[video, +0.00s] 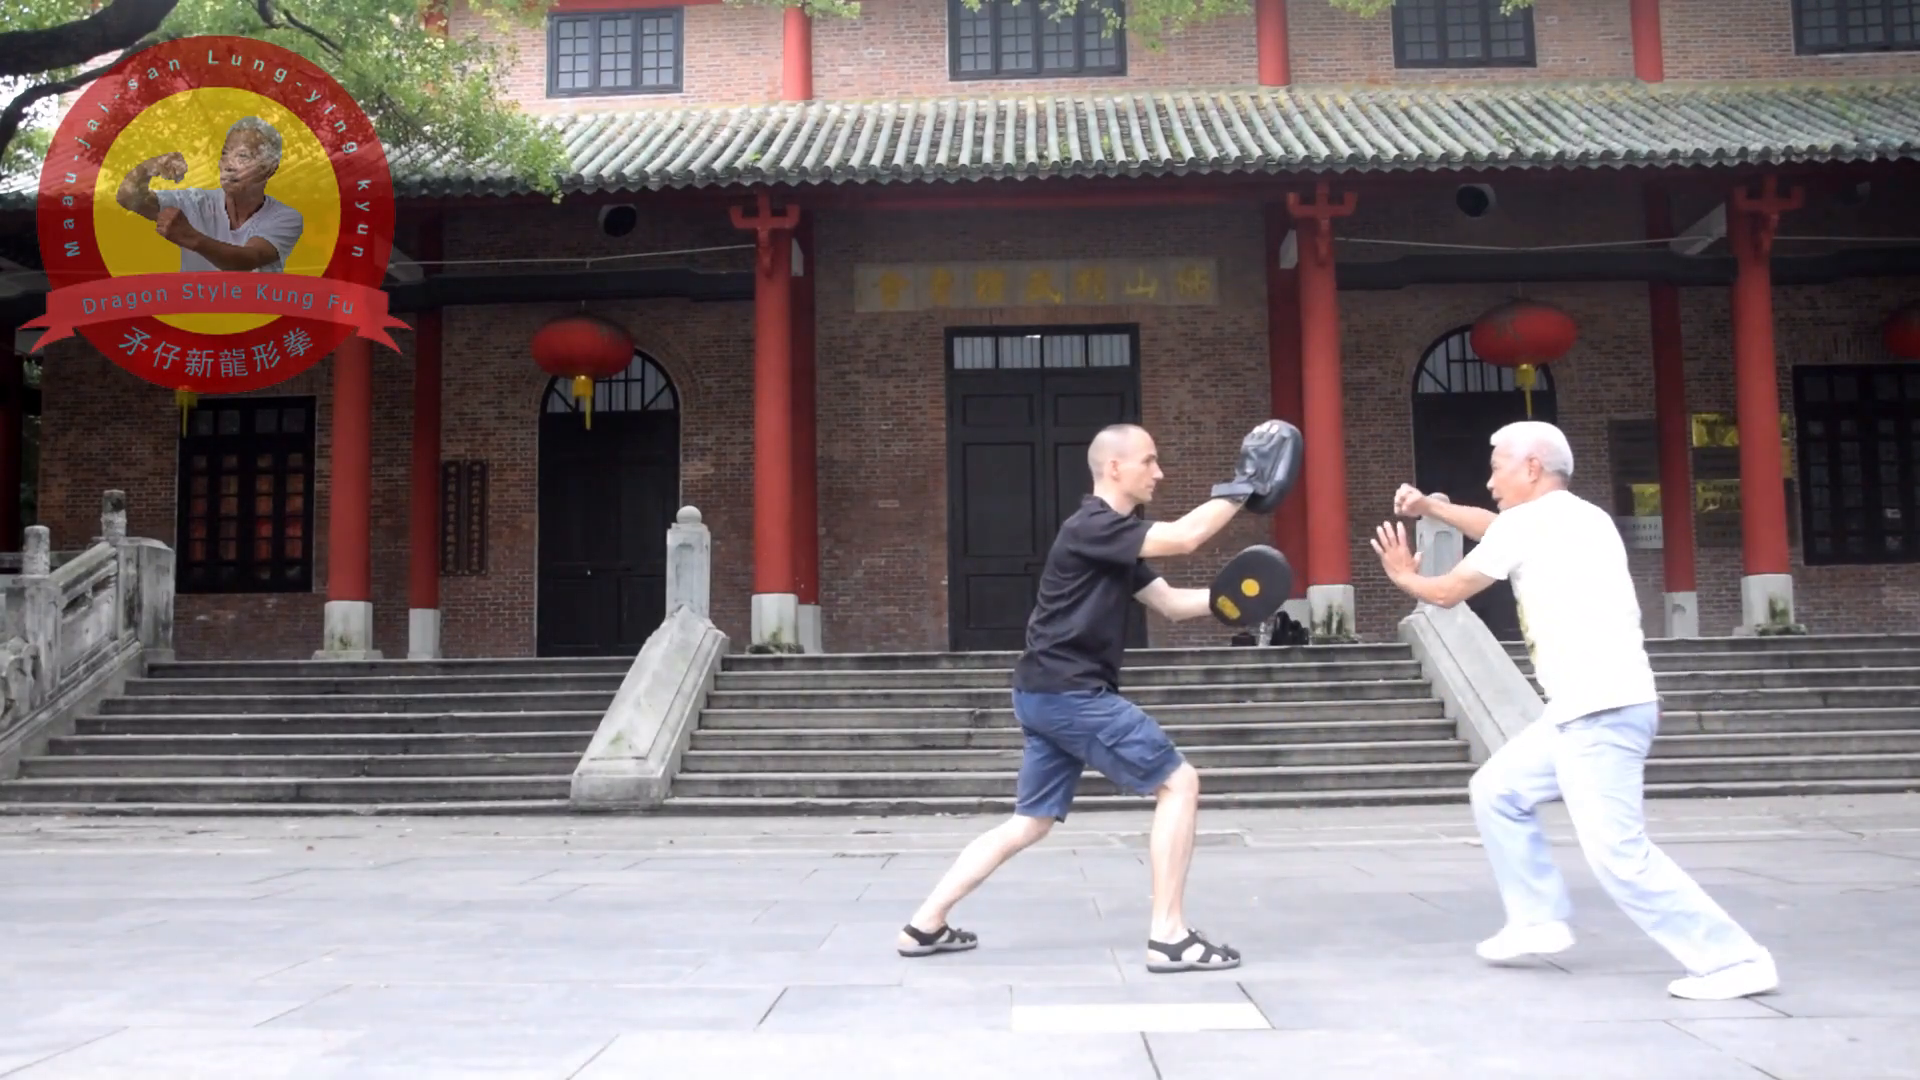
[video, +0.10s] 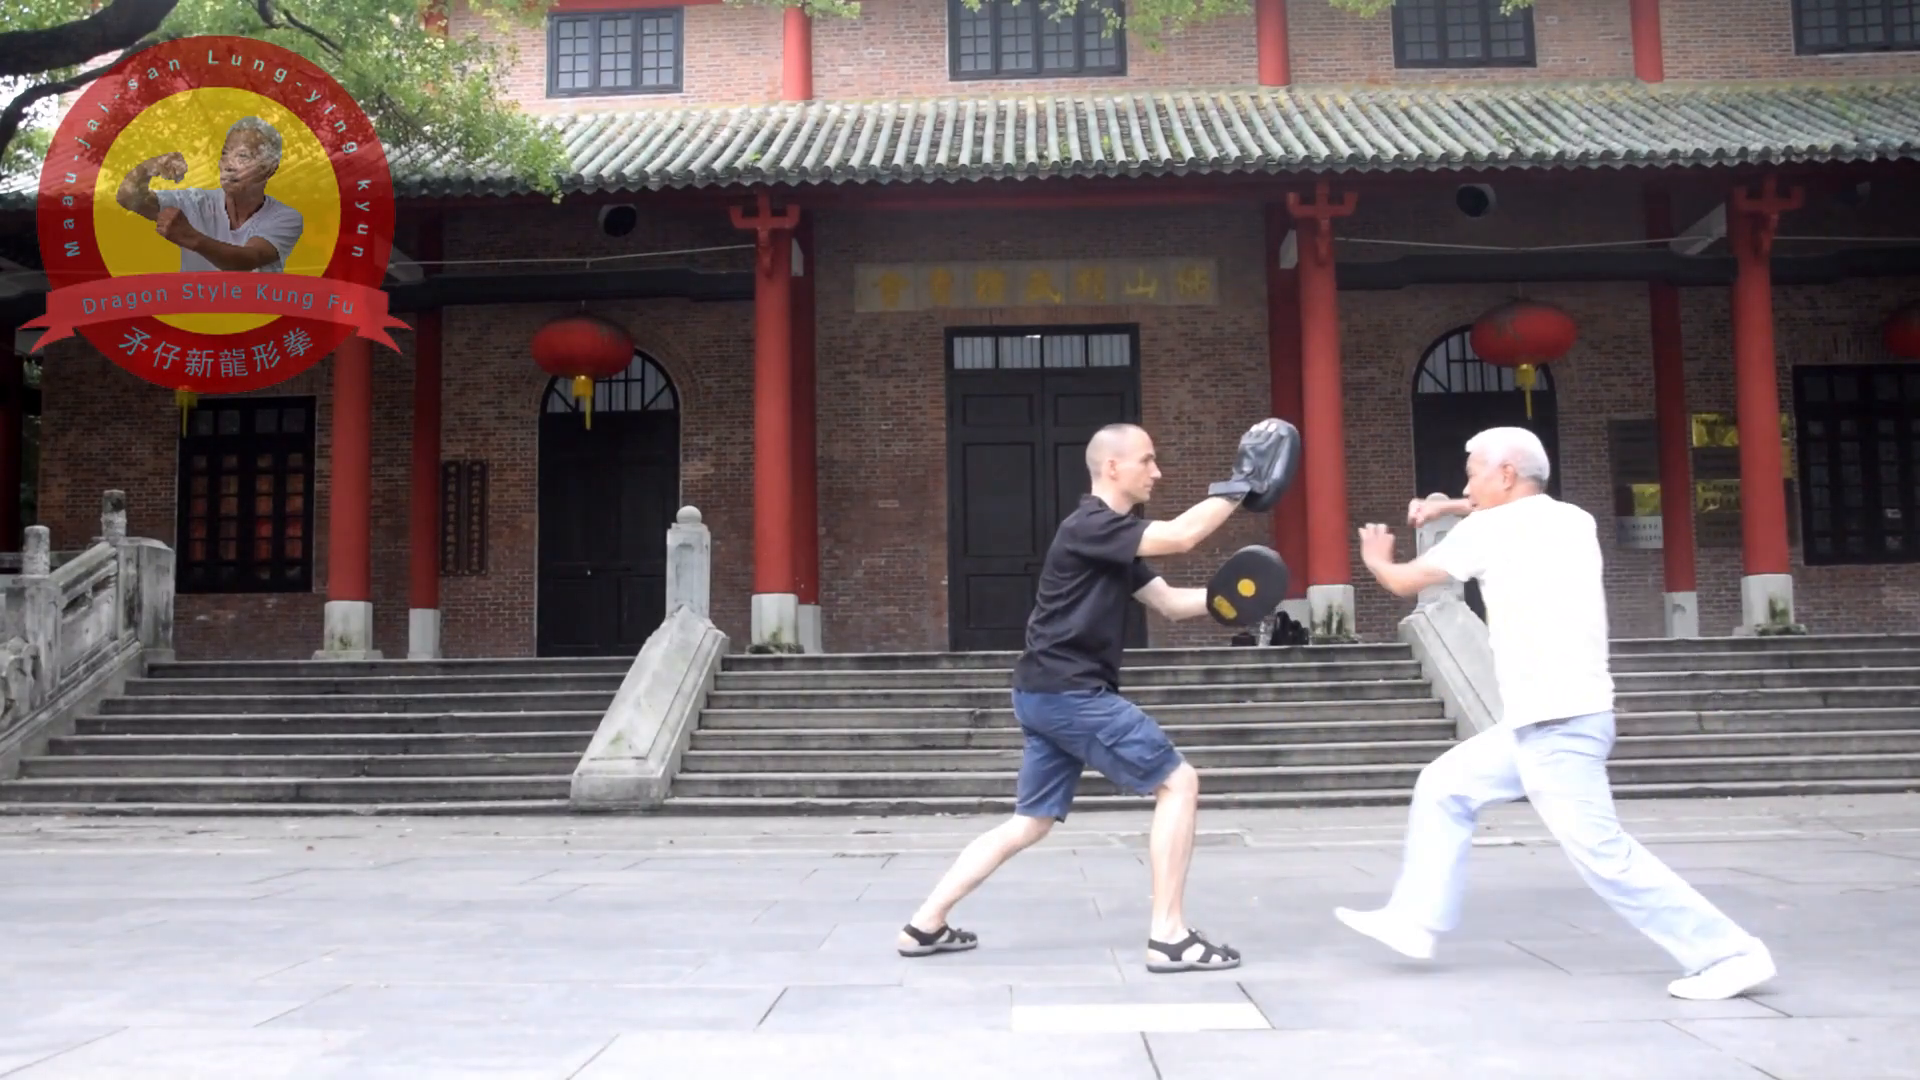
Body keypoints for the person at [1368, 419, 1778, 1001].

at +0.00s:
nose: (1491, 480)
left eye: (1497, 467)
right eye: (1492, 467)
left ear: (1532, 468)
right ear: (1545, 471)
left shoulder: (1523, 524)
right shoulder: (1591, 518)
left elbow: (1451, 591)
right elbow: (1496, 526)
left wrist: (1404, 576)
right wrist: (1429, 505)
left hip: (1595, 709)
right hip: (1609, 703)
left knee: (1620, 853)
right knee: (1495, 791)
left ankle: (1735, 960)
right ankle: (1538, 924)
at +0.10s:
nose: (1467, 481)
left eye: (1472, 469)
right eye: (1468, 470)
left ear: (1506, 474)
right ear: (1526, 476)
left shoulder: (1492, 527)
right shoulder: (1578, 521)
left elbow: (1405, 582)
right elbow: (1515, 510)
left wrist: (1377, 560)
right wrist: (1452, 506)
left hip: (1554, 726)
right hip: (1574, 717)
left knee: (1603, 852)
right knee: (1442, 784)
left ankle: (1728, 953)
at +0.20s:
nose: (1426, 485)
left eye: (1433, 474)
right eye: (1429, 472)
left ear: (1467, 482)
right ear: (1485, 481)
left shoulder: (1441, 534)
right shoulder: (1531, 531)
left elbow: (1342, 553)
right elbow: (1551, 501)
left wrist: (1276, 536)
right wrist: (1508, 470)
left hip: (1503, 735)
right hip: (1493, 732)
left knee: (1581, 850)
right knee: (1389, 811)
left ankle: (1720, 942)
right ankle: (1318, 924)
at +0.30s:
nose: (1389, 483)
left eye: (1399, 475)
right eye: (1394, 473)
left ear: (1431, 490)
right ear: (1440, 488)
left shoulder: (1430, 550)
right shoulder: (1456, 537)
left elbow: (1334, 592)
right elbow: (1438, 491)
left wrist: (1245, 595)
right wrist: (1479, 469)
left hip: (1457, 738)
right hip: (1423, 735)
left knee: (1531, 841)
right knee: (1321, 803)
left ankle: (1678, 928)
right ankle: (1302, 937)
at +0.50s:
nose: (1333, 483)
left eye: (1345, 473)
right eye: (1336, 472)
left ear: (1384, 484)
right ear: (1361, 482)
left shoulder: (1413, 544)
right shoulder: (1331, 526)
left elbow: (1331, 590)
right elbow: (1260, 492)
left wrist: (1236, 608)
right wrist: (1217, 435)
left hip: (1418, 724)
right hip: (1351, 717)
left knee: (1449, 850)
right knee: (1278, 808)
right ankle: (1298, 941)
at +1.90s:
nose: (1283, 486)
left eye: (1293, 476)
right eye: (1283, 475)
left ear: (1331, 479)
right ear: (1308, 481)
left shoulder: (1378, 534)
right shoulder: (1284, 531)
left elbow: (1331, 604)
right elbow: (1215, 548)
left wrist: (1248, 585)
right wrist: (1165, 496)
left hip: (1383, 705)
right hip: (1310, 703)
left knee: (1417, 828)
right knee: (1292, 810)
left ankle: (1411, 920)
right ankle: (1271, 940)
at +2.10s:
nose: (1302, 498)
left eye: (1313, 488)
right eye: (1302, 487)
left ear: (1351, 498)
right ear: (1339, 496)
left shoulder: (1387, 559)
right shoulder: (1288, 537)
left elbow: (1340, 635)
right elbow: (1217, 558)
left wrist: (1258, 633)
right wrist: (1168, 552)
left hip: (1355, 717)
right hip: (1279, 709)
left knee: (1409, 830)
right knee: (1252, 805)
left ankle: (1412, 923)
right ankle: (1256, 932)